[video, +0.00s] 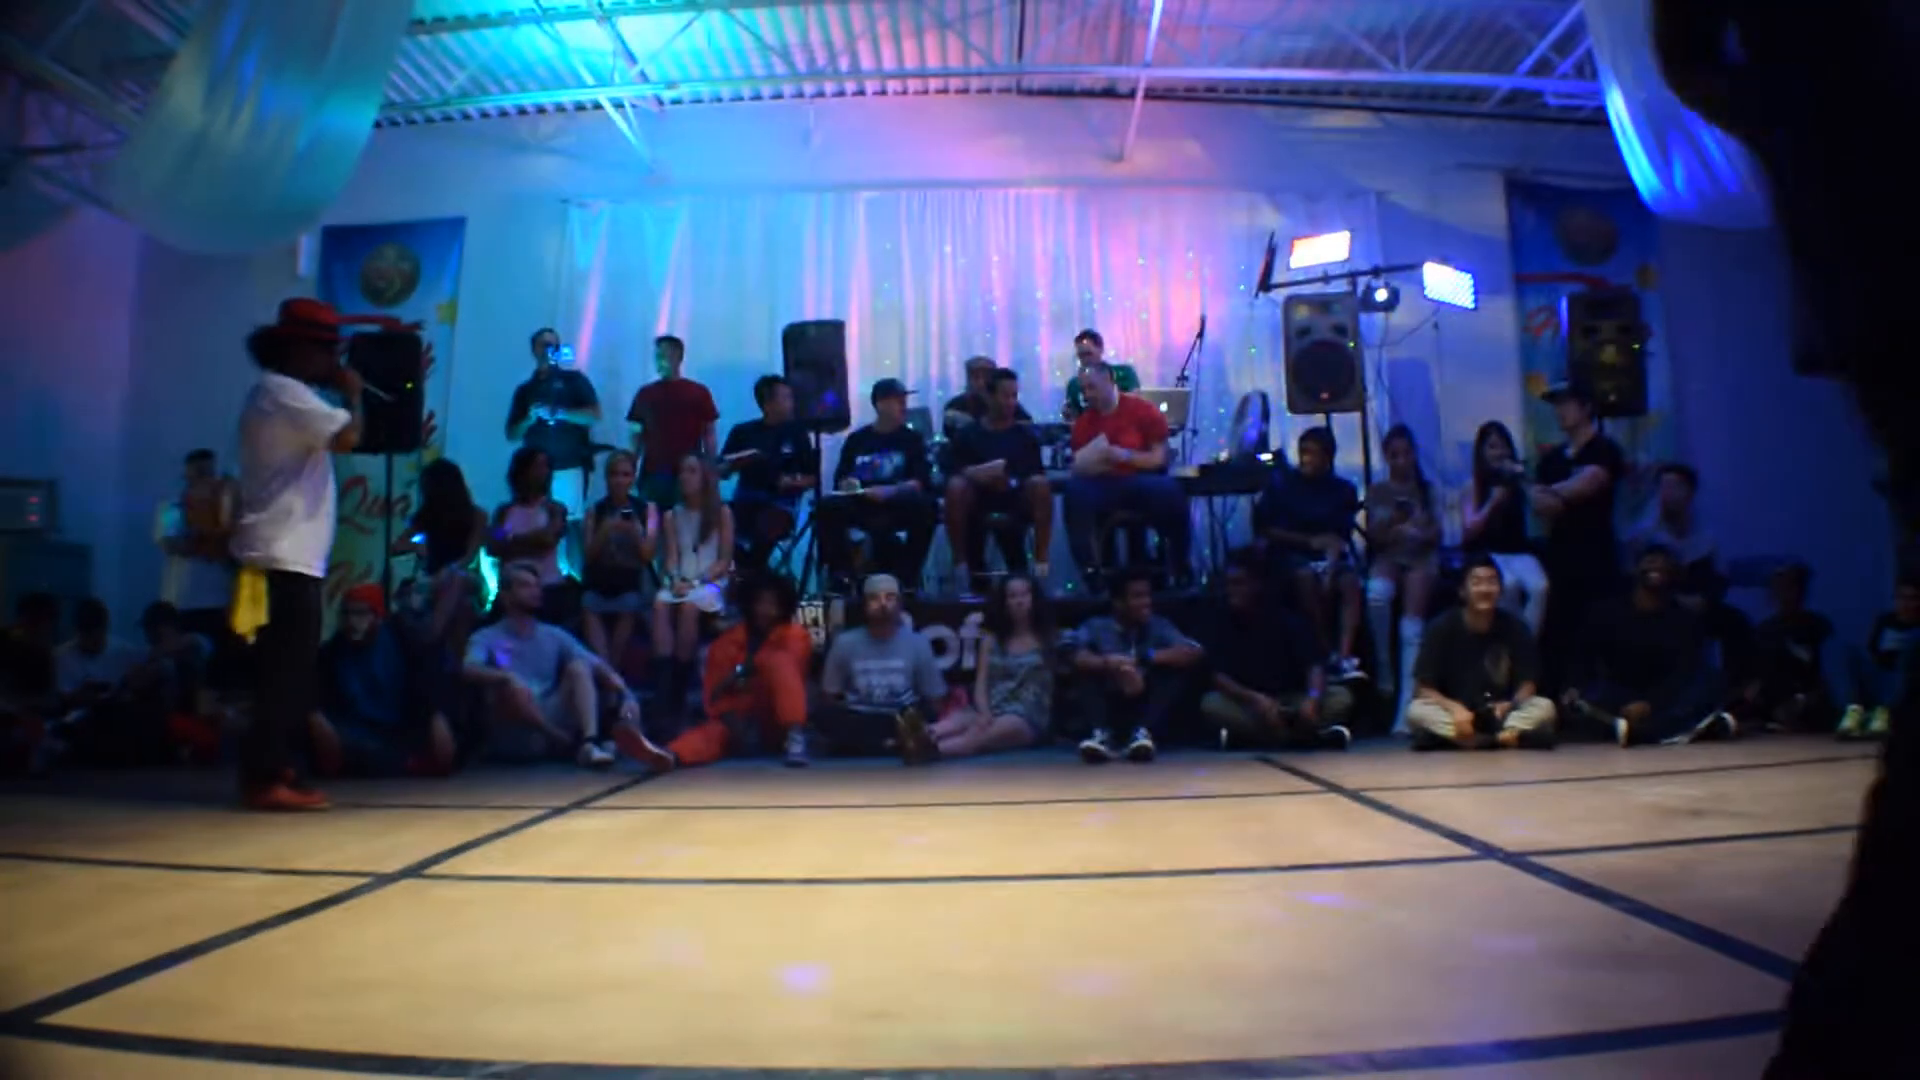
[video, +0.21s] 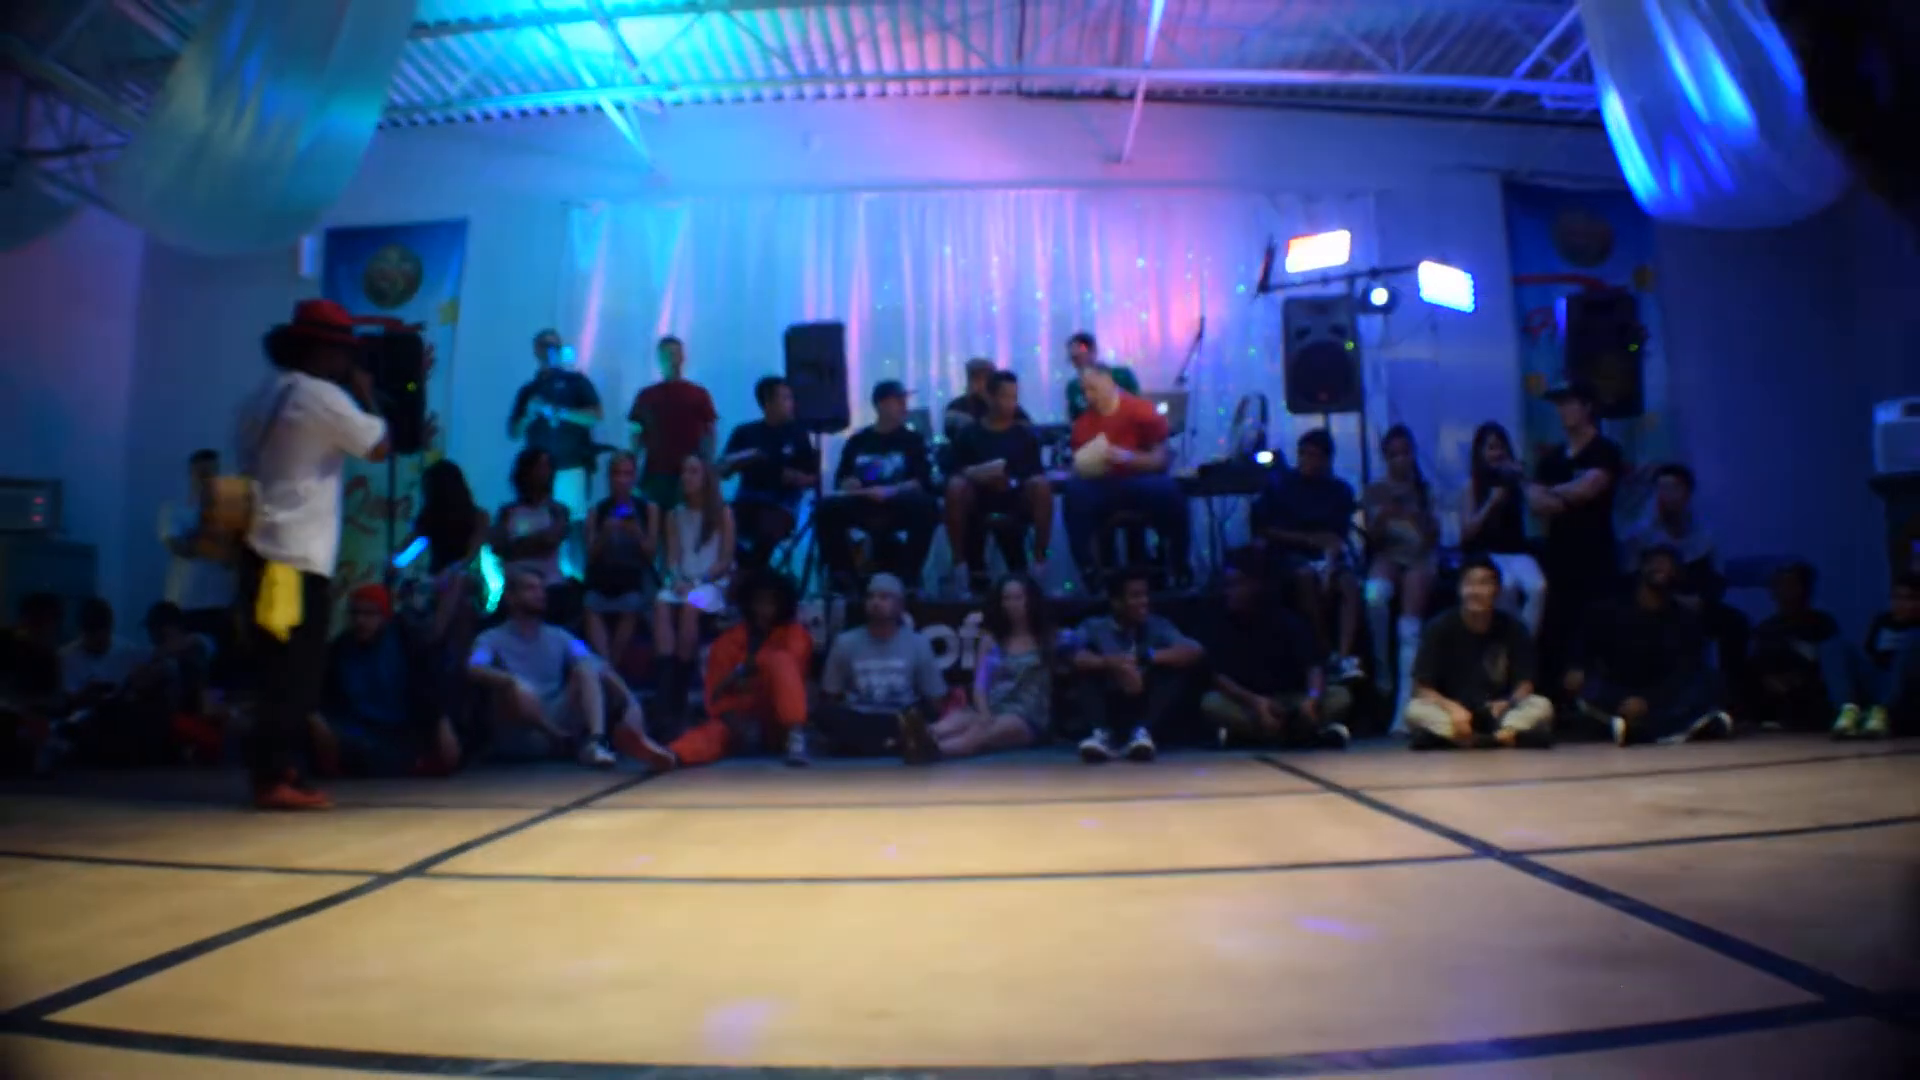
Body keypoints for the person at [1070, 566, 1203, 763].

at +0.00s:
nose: (1145, 602)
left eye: (1147, 596)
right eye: (1137, 597)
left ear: (1151, 598)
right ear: (1119, 603)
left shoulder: (1156, 626)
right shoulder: (1098, 628)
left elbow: (1194, 652)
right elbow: (1073, 655)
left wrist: (1146, 658)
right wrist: (1114, 664)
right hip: (1107, 697)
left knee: (1168, 674)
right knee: (1091, 675)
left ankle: (1144, 732)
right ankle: (1100, 733)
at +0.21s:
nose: (1143, 602)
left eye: (1145, 595)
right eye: (1135, 596)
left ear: (1149, 598)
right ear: (1117, 602)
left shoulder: (1155, 627)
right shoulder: (1095, 628)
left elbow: (1194, 651)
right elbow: (1074, 656)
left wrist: (1148, 657)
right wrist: (1117, 664)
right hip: (1108, 698)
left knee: (1169, 672)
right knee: (1090, 675)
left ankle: (1143, 731)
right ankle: (1100, 733)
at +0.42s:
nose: (1142, 603)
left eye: (1143, 596)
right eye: (1134, 597)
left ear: (1148, 598)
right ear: (1116, 603)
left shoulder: (1154, 626)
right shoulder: (1096, 628)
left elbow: (1192, 650)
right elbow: (1072, 655)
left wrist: (1144, 658)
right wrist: (1115, 666)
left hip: (1147, 698)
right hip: (1108, 700)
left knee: (1171, 670)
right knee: (1087, 678)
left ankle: (1143, 733)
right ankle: (1102, 734)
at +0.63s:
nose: (1147, 603)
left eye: (1147, 596)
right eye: (1140, 598)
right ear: (1119, 604)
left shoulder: (1154, 627)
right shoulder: (1095, 630)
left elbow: (1190, 649)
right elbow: (1064, 653)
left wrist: (1141, 659)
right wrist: (1108, 666)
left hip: (1145, 698)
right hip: (1106, 699)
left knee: (1171, 671)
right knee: (1083, 678)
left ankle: (1143, 733)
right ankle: (1102, 735)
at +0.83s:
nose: (1145, 603)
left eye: (1145, 596)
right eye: (1137, 597)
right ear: (1117, 604)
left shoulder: (1153, 626)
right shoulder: (1092, 630)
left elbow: (1188, 648)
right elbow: (1063, 656)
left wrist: (1139, 658)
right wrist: (1109, 667)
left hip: (1144, 700)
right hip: (1105, 702)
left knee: (1167, 669)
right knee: (1083, 677)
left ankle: (1142, 733)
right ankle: (1101, 735)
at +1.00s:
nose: (1143, 603)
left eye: (1143, 596)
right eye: (1135, 597)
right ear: (1114, 604)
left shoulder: (1151, 626)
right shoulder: (1091, 631)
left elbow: (1188, 648)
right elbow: (1061, 655)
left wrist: (1141, 659)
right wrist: (1105, 667)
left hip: (1143, 700)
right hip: (1105, 702)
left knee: (1167, 671)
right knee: (1084, 676)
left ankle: (1142, 733)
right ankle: (1101, 735)